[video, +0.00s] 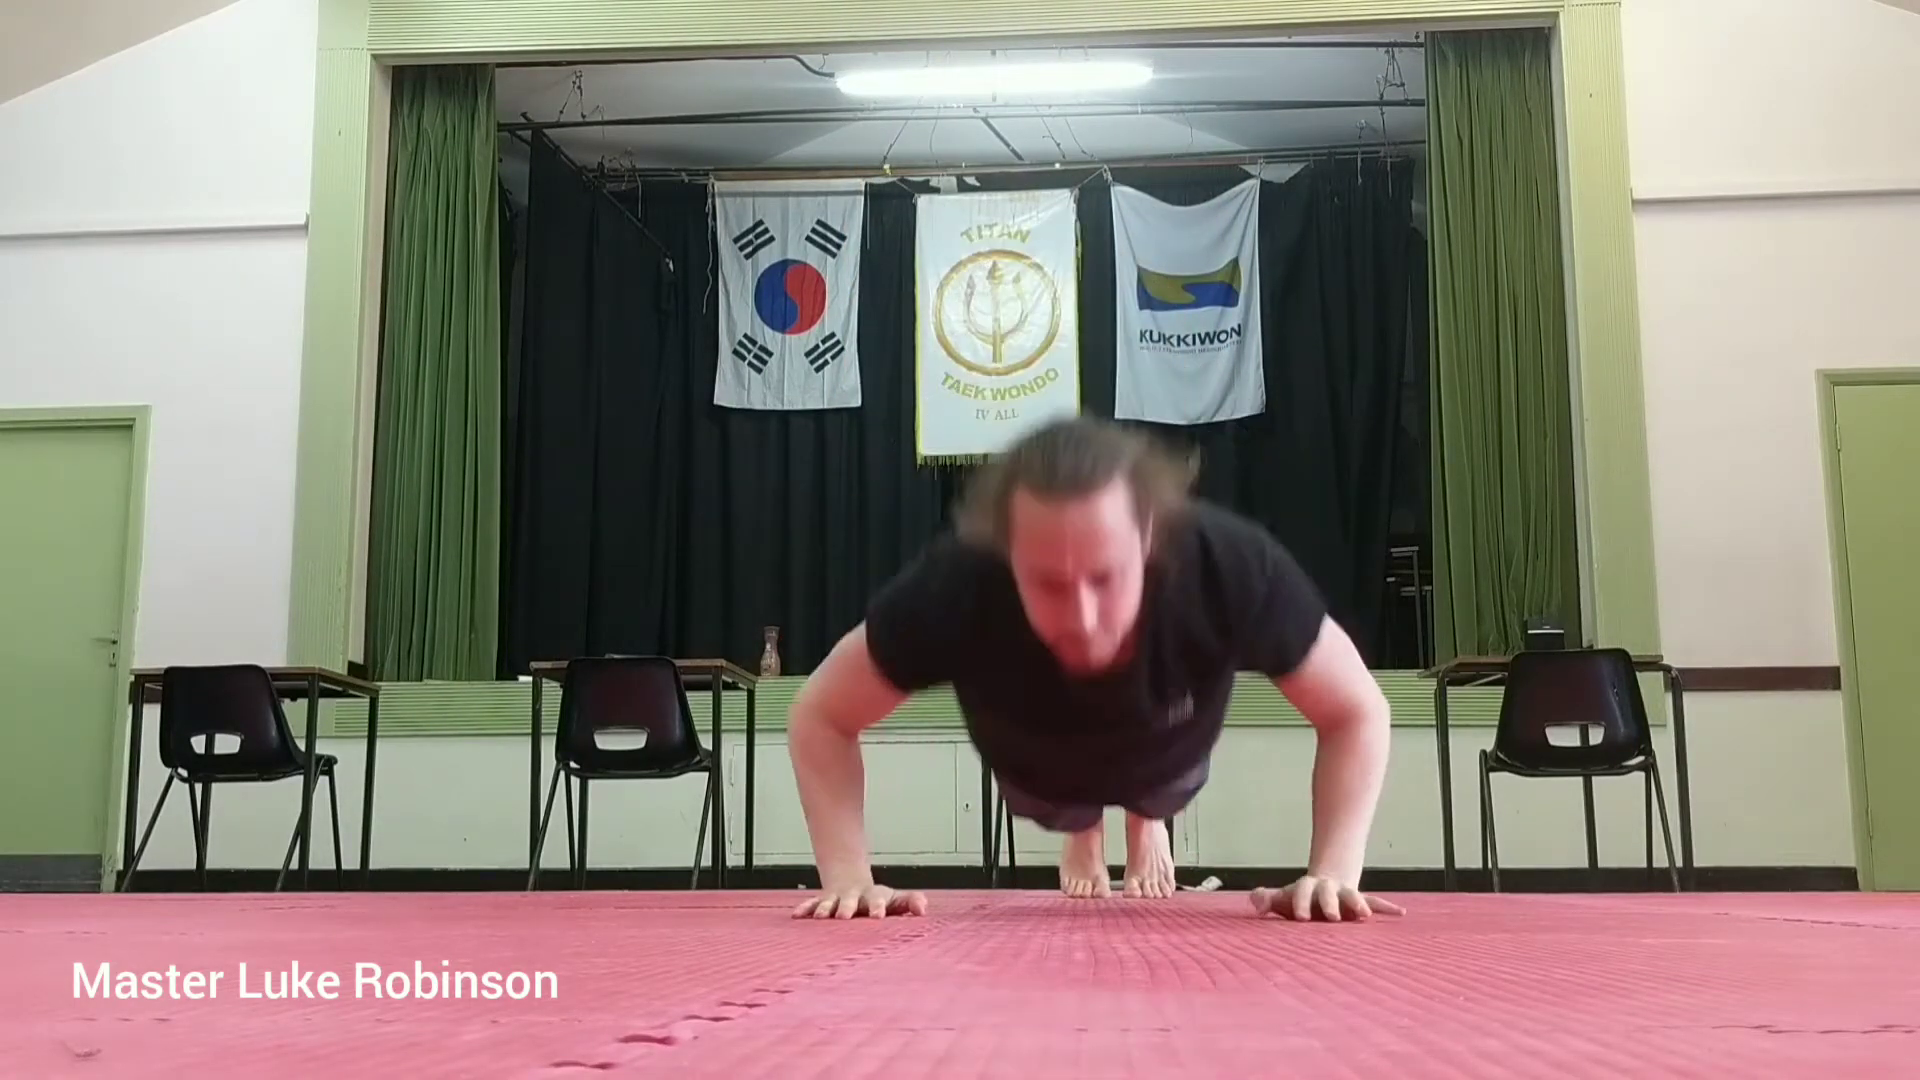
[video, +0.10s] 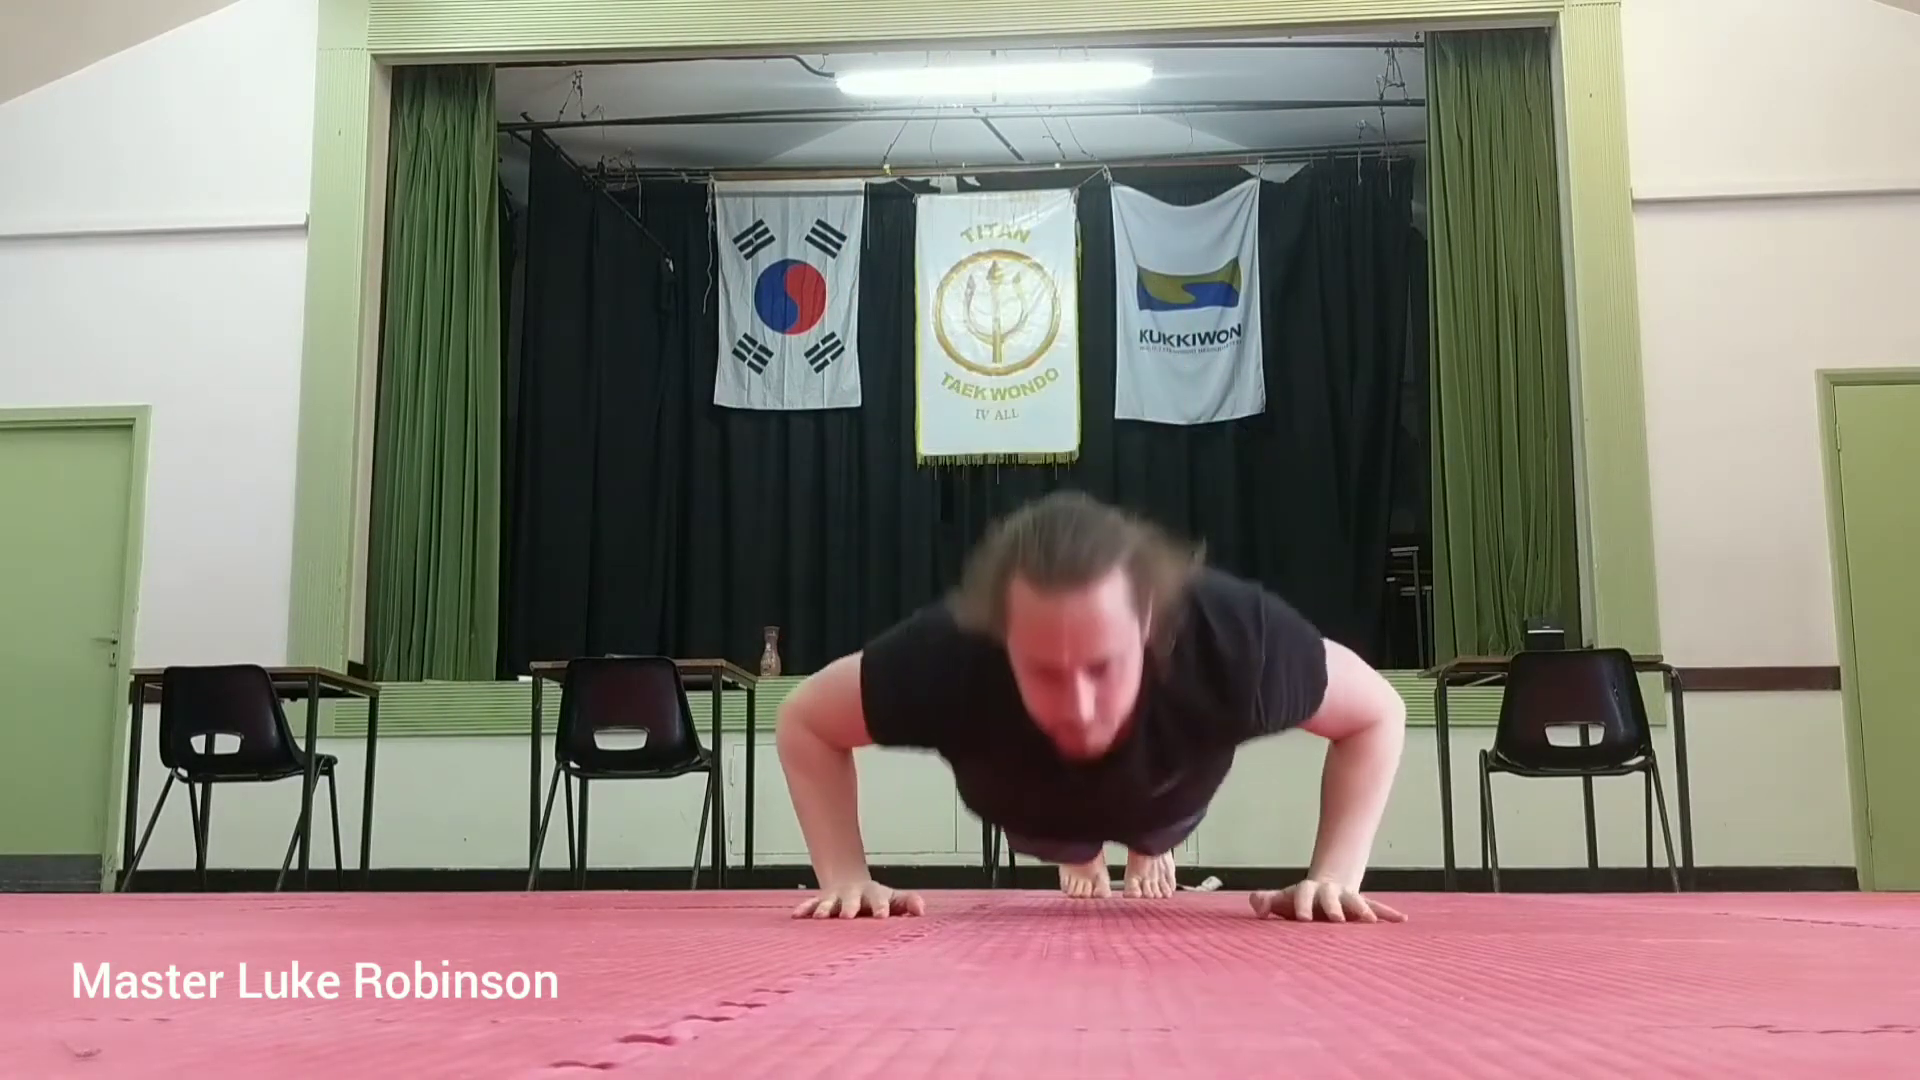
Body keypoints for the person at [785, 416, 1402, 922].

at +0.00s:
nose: (1082, 617)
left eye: (1103, 582)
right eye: (1051, 587)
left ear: (1147, 544)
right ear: (1010, 557)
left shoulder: (1228, 571)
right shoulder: (958, 591)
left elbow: (1356, 713)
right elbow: (822, 721)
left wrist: (1334, 870)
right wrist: (846, 874)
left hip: (1164, 751)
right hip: (1042, 767)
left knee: (1156, 789)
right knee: (1071, 808)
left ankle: (1148, 829)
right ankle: (1082, 840)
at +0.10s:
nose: (1076, 702)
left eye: (1101, 669)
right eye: (1048, 674)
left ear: (1149, 629)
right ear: (1003, 642)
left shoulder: (1236, 643)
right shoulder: (948, 664)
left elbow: (1375, 715)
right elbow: (808, 723)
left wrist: (1336, 875)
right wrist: (844, 875)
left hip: (1165, 789)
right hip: (1031, 802)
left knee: (1153, 820)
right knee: (1060, 836)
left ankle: (1150, 850)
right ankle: (1079, 858)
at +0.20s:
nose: (1073, 767)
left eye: (1098, 732)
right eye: (1041, 736)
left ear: (1144, 689)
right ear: (997, 696)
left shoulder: (1230, 690)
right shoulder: (943, 711)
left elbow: (1383, 708)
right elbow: (802, 722)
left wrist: (1335, 875)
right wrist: (842, 874)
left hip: (1161, 830)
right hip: (1014, 854)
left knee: (1148, 867)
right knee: (1047, 870)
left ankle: (1146, 880)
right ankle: (1097, 881)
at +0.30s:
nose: (1070, 810)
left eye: (1095, 776)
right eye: (1038, 780)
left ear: (1144, 737)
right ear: (995, 745)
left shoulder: (1227, 730)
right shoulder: (937, 748)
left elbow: (1380, 702)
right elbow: (798, 713)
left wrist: (1334, 876)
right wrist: (840, 873)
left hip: (1153, 860)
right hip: (1005, 867)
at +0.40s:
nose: (1074, 818)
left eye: (1100, 783)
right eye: (1041, 787)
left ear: (1146, 746)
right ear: (995, 754)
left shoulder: (1231, 739)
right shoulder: (935, 754)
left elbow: (1380, 705)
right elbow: (798, 710)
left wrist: (1332, 878)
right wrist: (840, 870)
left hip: (1156, 858)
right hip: (998, 865)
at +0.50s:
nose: (1077, 750)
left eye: (1102, 714)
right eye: (1044, 716)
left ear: (1147, 680)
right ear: (999, 686)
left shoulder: (1229, 697)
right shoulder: (946, 705)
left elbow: (1380, 711)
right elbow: (800, 719)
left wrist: (1333, 875)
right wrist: (843, 872)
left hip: (1152, 844)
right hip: (1024, 858)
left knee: (1152, 872)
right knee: (1049, 887)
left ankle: (1157, 877)